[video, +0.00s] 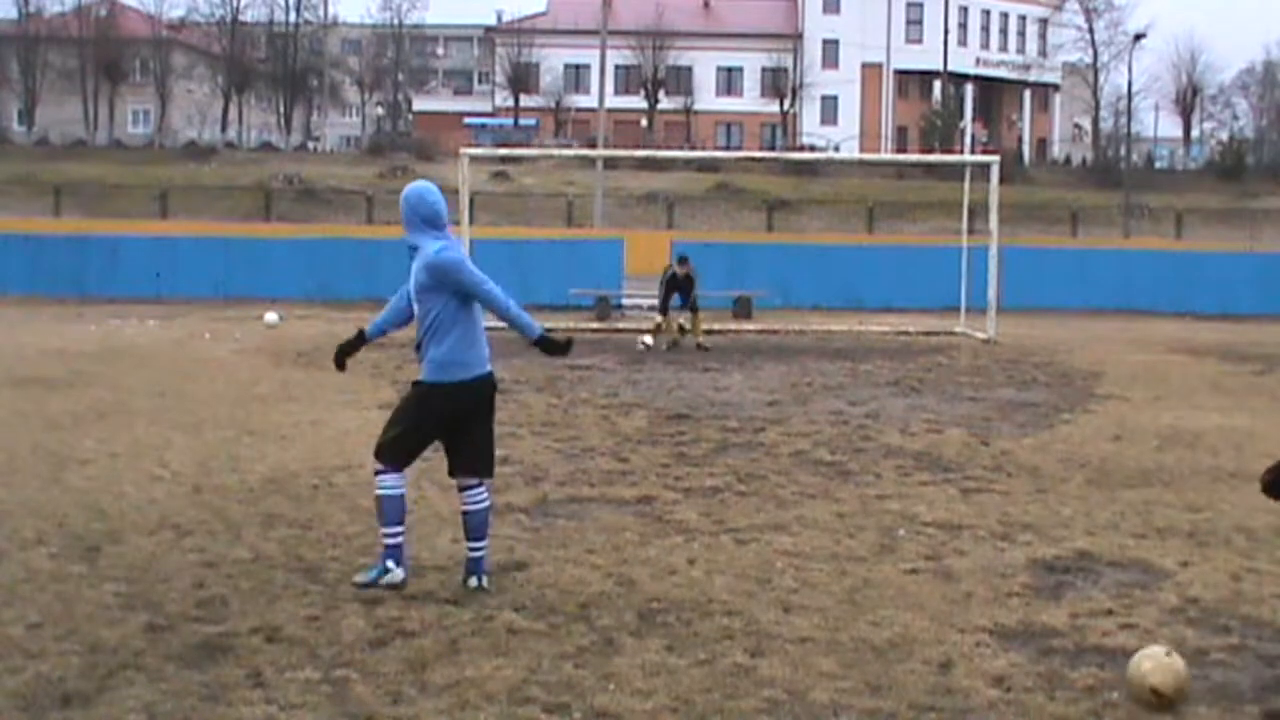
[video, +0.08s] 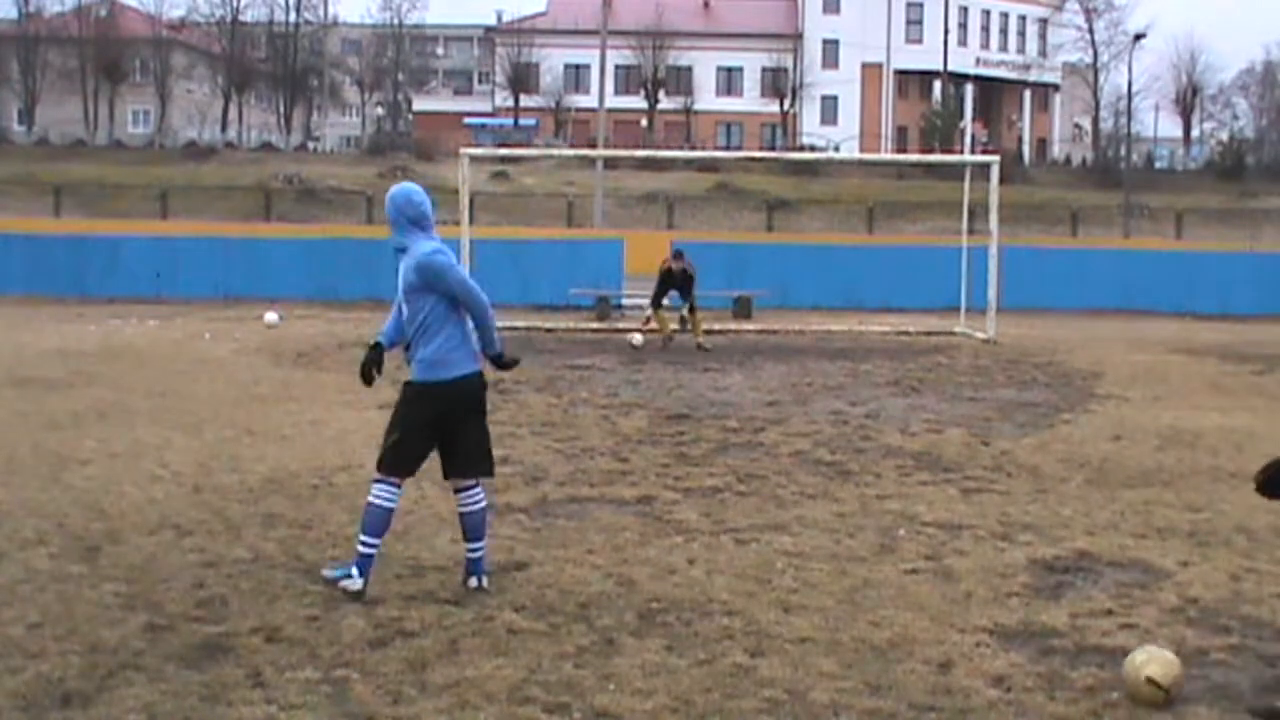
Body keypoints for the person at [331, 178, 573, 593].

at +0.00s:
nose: (401, 223)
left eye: (403, 217)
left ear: (407, 218)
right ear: (441, 213)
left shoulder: (437, 257)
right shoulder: (432, 259)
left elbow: (491, 295)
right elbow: (401, 310)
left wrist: (538, 335)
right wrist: (361, 338)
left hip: (441, 385)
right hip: (476, 382)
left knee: (388, 461)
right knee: (471, 476)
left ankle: (392, 563)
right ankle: (477, 571)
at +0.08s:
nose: (387, 226)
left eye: (388, 219)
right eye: (388, 219)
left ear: (394, 220)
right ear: (426, 213)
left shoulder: (424, 258)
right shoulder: (420, 257)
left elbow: (478, 302)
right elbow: (406, 312)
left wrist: (493, 351)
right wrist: (381, 343)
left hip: (429, 387)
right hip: (464, 385)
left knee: (391, 475)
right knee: (467, 478)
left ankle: (360, 569)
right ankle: (476, 571)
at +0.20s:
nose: (363, 228)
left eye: (364, 220)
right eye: (368, 219)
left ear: (370, 222)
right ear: (403, 216)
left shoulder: (395, 264)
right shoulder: (416, 254)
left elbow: (441, 318)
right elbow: (416, 318)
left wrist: (457, 358)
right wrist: (386, 351)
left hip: (406, 392)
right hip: (443, 390)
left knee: (380, 480)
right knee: (455, 478)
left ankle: (366, 581)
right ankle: (475, 572)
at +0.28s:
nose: (347, 227)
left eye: (347, 220)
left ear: (352, 222)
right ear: (387, 215)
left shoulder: (368, 265)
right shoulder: (409, 255)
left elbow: (406, 319)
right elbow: (389, 326)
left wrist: (439, 370)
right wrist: (360, 366)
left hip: (389, 393)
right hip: (430, 388)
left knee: (370, 484)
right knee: (444, 479)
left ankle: (364, 582)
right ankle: (472, 569)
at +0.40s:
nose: (329, 225)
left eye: (328, 218)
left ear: (331, 221)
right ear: (369, 213)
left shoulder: (335, 261)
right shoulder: (399, 254)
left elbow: (346, 322)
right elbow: (403, 313)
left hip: (371, 386)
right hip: (418, 378)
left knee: (362, 482)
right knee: (433, 474)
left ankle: (364, 582)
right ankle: (459, 567)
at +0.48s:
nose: (319, 220)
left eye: (319, 215)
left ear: (322, 218)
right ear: (359, 211)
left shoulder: (322, 262)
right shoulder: (393, 251)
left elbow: (307, 320)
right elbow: (403, 306)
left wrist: (282, 367)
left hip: (362, 388)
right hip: (412, 378)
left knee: (361, 485)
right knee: (425, 475)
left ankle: (364, 582)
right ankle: (442, 569)